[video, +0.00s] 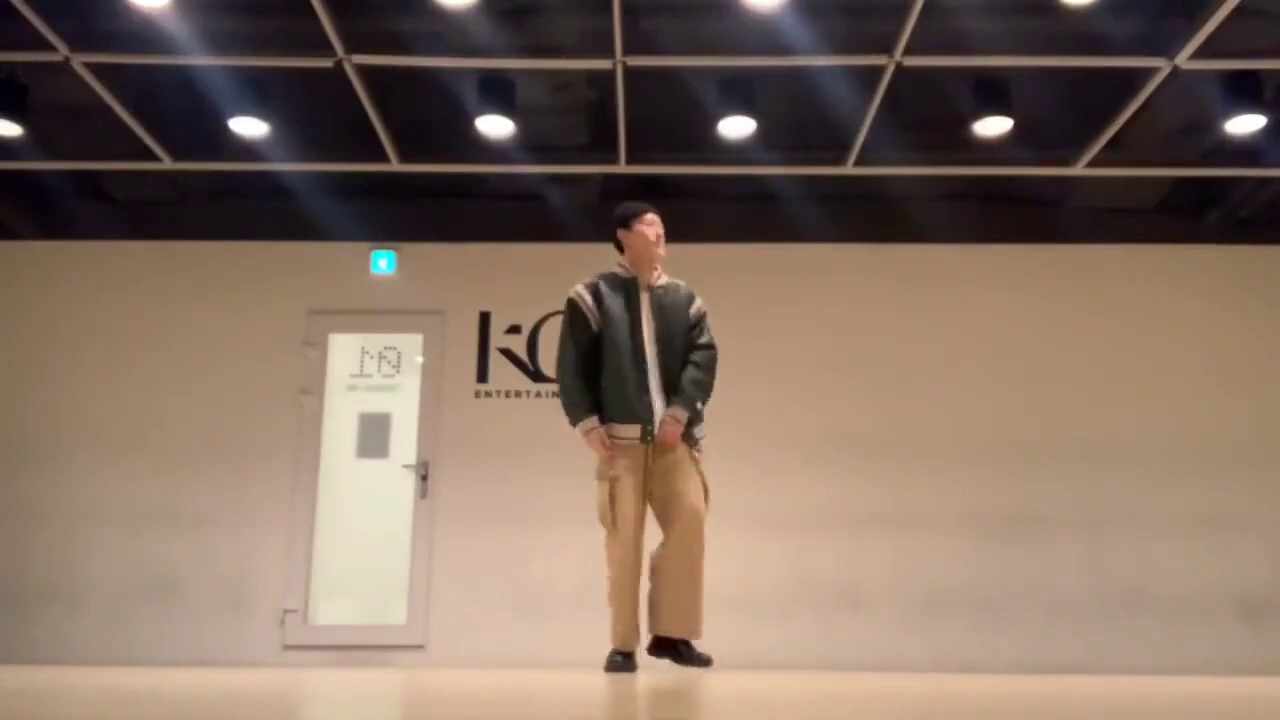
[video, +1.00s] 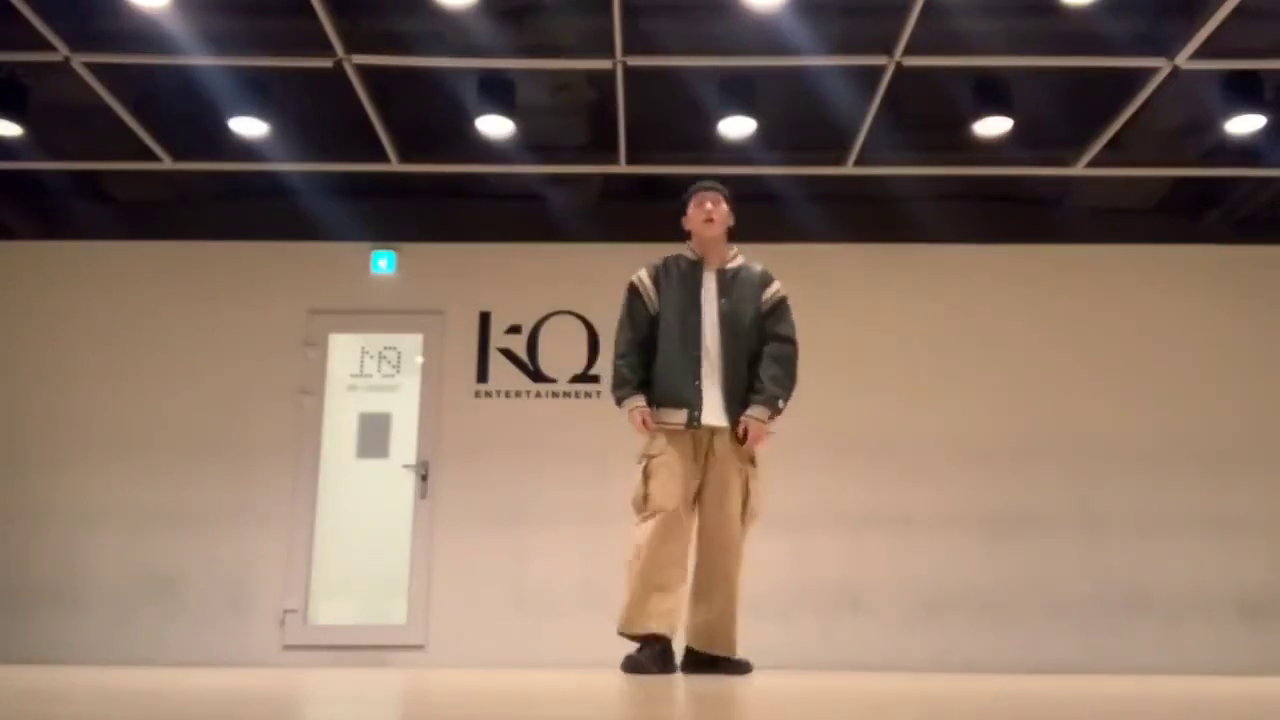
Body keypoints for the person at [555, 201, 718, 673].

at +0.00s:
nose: (657, 233)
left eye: (659, 226)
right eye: (647, 226)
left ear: (664, 237)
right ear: (623, 237)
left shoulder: (683, 298)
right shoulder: (593, 298)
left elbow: (702, 358)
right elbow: (571, 368)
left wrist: (680, 412)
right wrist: (587, 424)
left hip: (673, 439)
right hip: (619, 441)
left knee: (690, 521)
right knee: (624, 543)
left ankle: (671, 634)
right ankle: (623, 645)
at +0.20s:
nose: (669, 231)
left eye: (669, 224)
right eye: (658, 224)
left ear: (670, 239)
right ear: (633, 240)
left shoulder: (690, 302)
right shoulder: (604, 298)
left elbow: (706, 368)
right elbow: (583, 368)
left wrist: (691, 421)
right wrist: (592, 428)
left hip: (675, 444)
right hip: (621, 444)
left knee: (689, 540)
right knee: (622, 547)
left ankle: (697, 643)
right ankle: (622, 647)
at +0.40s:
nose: (691, 232)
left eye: (691, 225)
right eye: (680, 224)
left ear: (691, 239)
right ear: (654, 236)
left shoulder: (705, 306)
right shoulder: (619, 293)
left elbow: (719, 369)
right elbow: (598, 362)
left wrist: (714, 421)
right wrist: (619, 418)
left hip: (689, 443)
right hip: (634, 440)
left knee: (696, 544)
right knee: (626, 548)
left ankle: (701, 646)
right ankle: (622, 648)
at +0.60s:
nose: (715, 221)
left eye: (715, 216)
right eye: (705, 215)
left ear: (713, 231)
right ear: (679, 229)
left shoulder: (731, 299)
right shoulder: (641, 282)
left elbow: (744, 364)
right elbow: (617, 348)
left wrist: (744, 416)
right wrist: (639, 400)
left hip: (714, 436)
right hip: (658, 429)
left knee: (717, 538)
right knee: (642, 535)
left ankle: (705, 647)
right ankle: (630, 635)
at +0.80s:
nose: (723, 216)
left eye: (726, 210)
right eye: (711, 209)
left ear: (733, 224)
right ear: (687, 222)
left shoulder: (751, 291)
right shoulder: (652, 280)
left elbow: (767, 359)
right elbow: (629, 347)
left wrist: (761, 415)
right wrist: (642, 395)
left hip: (727, 432)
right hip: (669, 427)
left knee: (725, 536)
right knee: (658, 514)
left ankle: (711, 647)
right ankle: (652, 625)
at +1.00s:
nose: (710, 209)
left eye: (718, 202)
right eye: (700, 204)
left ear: (731, 219)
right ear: (685, 221)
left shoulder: (759, 281)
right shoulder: (654, 281)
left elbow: (780, 352)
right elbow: (629, 349)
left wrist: (762, 409)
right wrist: (633, 397)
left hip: (733, 430)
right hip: (671, 428)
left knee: (723, 539)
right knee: (664, 525)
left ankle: (710, 648)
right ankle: (654, 641)